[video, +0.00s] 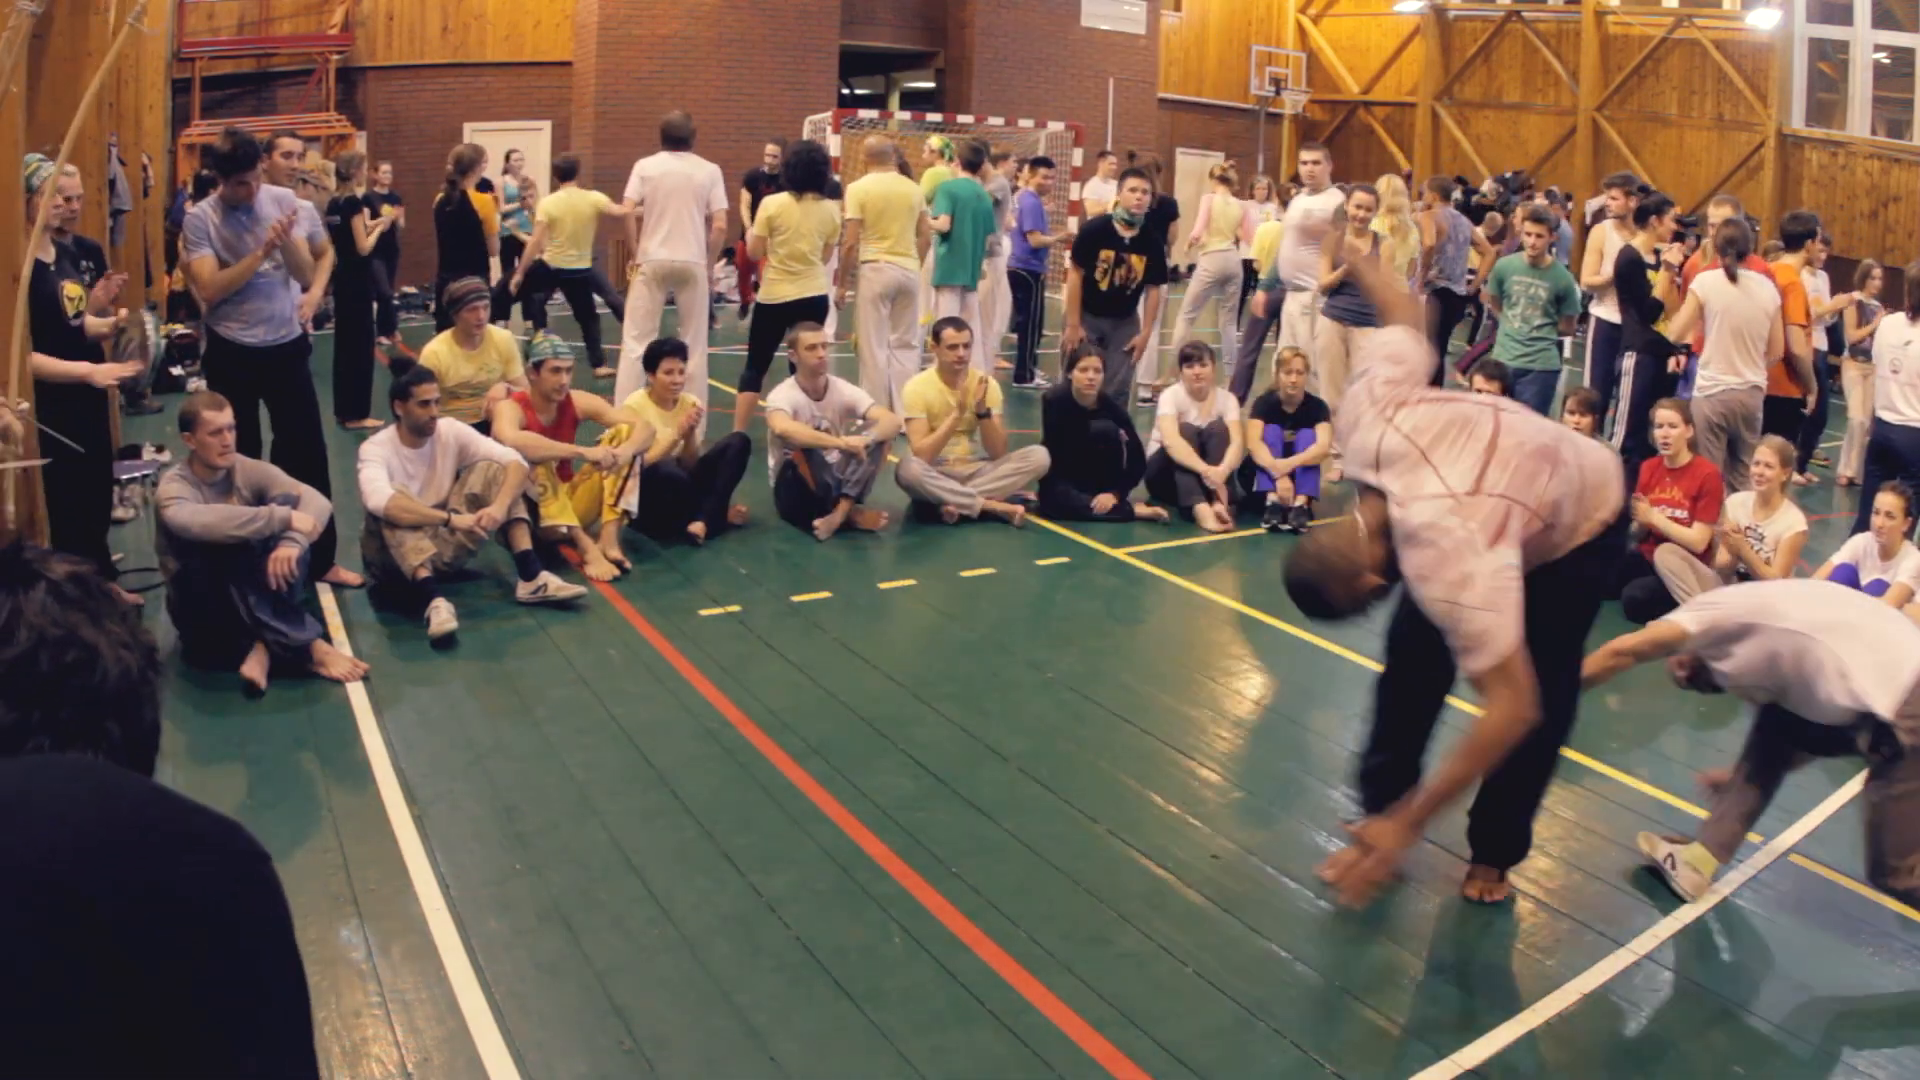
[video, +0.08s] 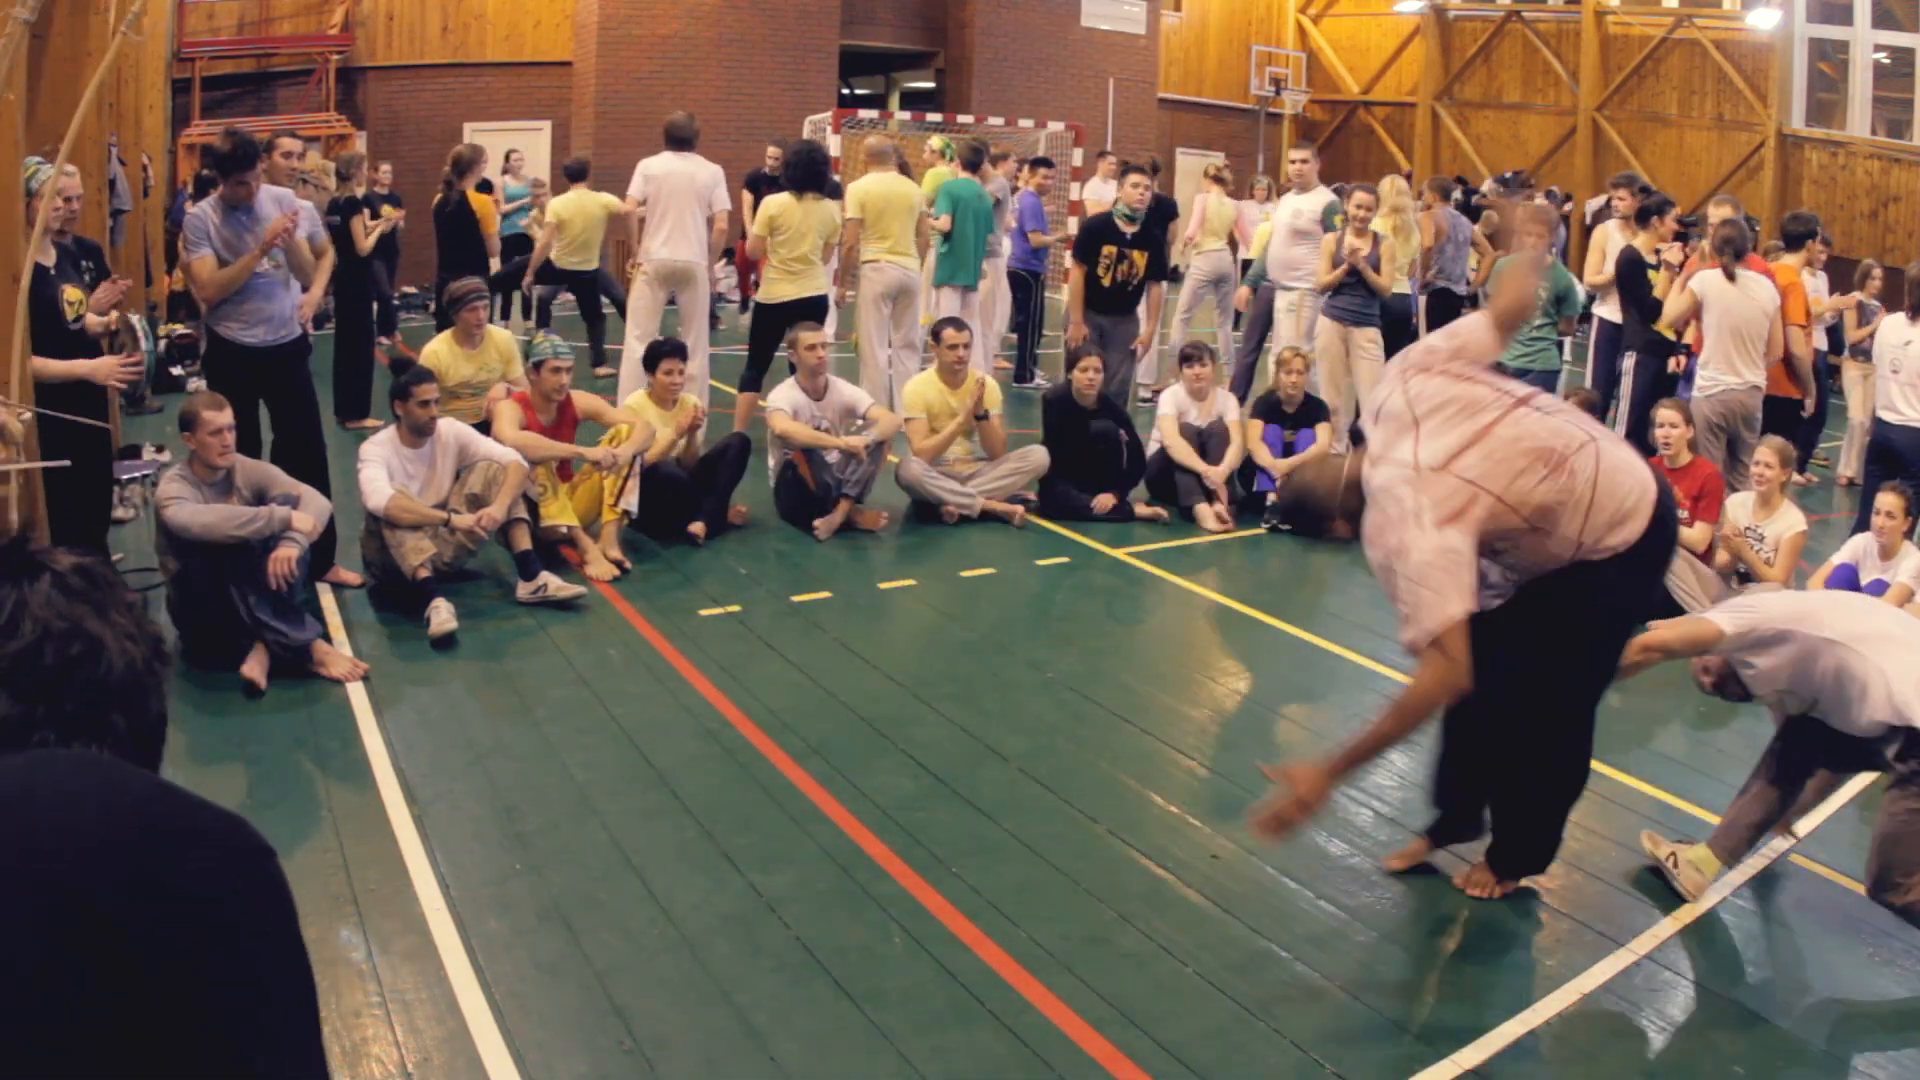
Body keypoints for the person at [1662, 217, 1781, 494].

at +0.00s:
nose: (1708, 240)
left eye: (1712, 237)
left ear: (1715, 246)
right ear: (1748, 248)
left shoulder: (1703, 282)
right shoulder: (1767, 287)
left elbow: (1676, 333)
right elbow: (1776, 350)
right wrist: (1752, 367)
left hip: (1710, 391)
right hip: (1751, 392)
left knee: (1708, 475)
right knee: (1744, 475)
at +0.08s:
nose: (1707, 244)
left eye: (1710, 239)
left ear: (1713, 247)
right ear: (1747, 249)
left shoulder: (1703, 280)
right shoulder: (1767, 287)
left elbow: (1670, 317)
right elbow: (1776, 350)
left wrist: (1680, 274)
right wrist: (1751, 368)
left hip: (1710, 390)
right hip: (1751, 391)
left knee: (1708, 474)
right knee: (1744, 474)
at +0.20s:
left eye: (1718, 248)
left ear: (1716, 251)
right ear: (1744, 250)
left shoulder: (1706, 282)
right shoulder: (1766, 288)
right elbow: (1769, 349)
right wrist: (1754, 377)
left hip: (1711, 391)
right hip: (1750, 390)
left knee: (1708, 472)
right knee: (1742, 473)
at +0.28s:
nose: (1702, 249)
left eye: (1705, 246)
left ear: (1709, 249)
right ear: (1743, 250)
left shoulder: (1702, 278)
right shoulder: (1764, 286)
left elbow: (1673, 286)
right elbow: (1767, 344)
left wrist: (1697, 247)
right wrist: (1758, 378)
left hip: (1710, 390)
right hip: (1749, 389)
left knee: (1709, 472)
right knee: (1743, 471)